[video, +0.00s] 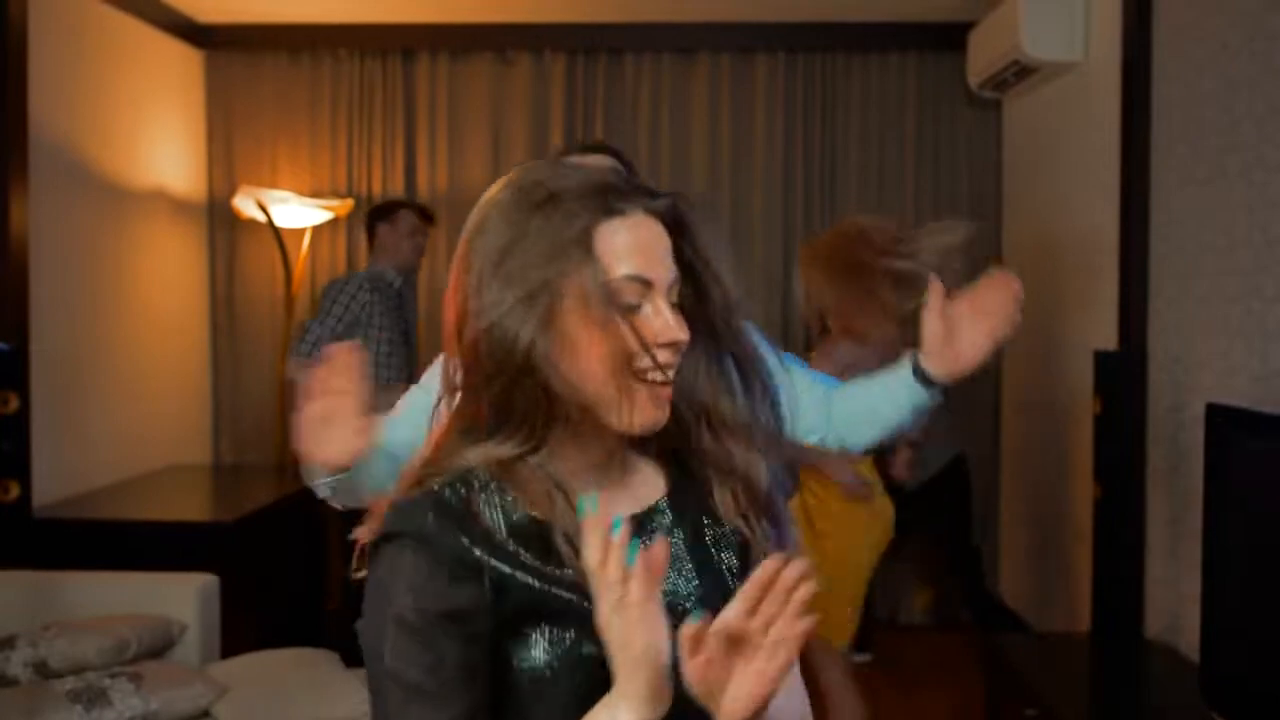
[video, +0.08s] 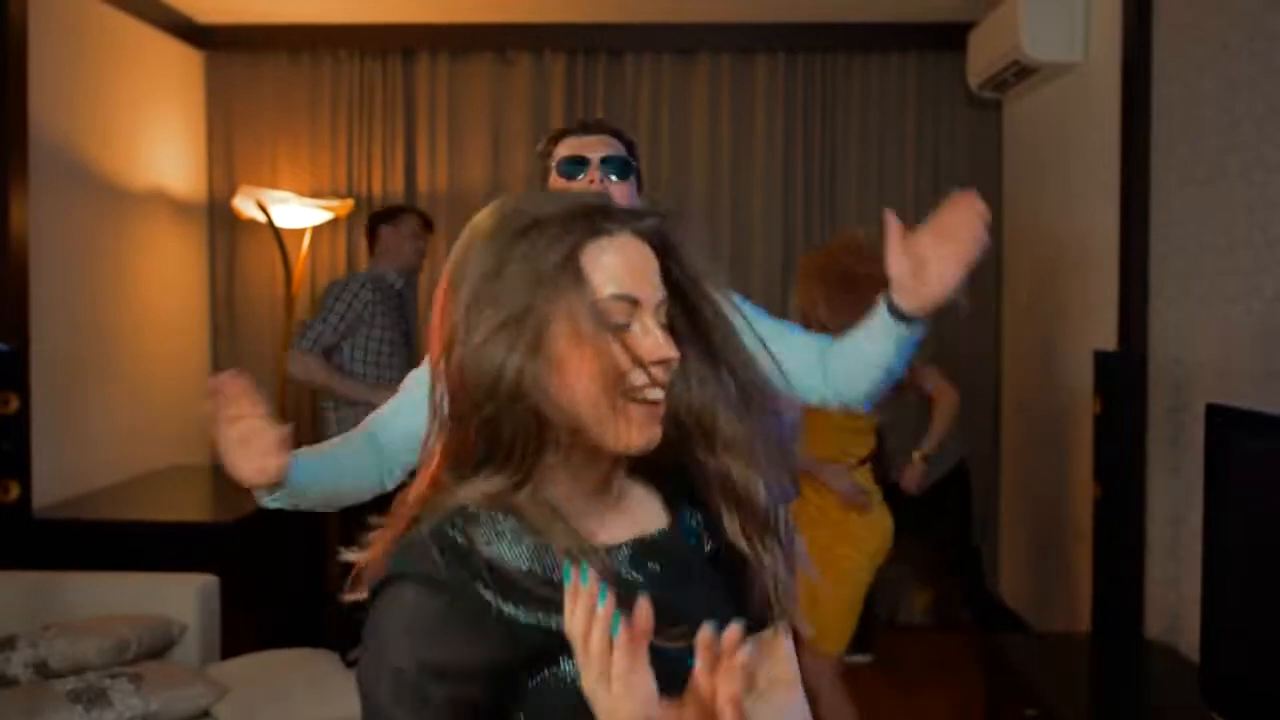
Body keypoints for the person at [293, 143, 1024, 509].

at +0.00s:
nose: (654, 316)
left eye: (651, 275)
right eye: (602, 275)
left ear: (661, 242)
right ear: (527, 270)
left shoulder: (704, 349)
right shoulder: (485, 366)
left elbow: (836, 417)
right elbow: (390, 462)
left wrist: (927, 372)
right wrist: (341, 458)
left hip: (736, 626)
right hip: (530, 629)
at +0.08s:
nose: (594, 188)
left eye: (615, 172)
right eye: (572, 171)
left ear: (642, 195)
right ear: (537, 193)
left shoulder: (690, 309)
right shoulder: (496, 324)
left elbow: (832, 375)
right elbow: (387, 443)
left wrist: (903, 312)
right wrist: (283, 472)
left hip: (694, 581)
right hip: (505, 588)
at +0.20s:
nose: (597, 175)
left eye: (616, 160)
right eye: (574, 160)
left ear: (640, 196)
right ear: (540, 193)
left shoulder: (683, 294)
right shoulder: (493, 311)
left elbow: (828, 323)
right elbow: (381, 433)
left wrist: (855, 232)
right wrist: (239, 498)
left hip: (671, 576)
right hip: (503, 581)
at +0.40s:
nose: (590, 201)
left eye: (607, 186)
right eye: (567, 189)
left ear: (635, 216)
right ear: (538, 224)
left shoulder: (683, 319)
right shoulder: (501, 322)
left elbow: (784, 292)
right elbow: (389, 443)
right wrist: (254, 542)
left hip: (646, 610)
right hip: (501, 608)